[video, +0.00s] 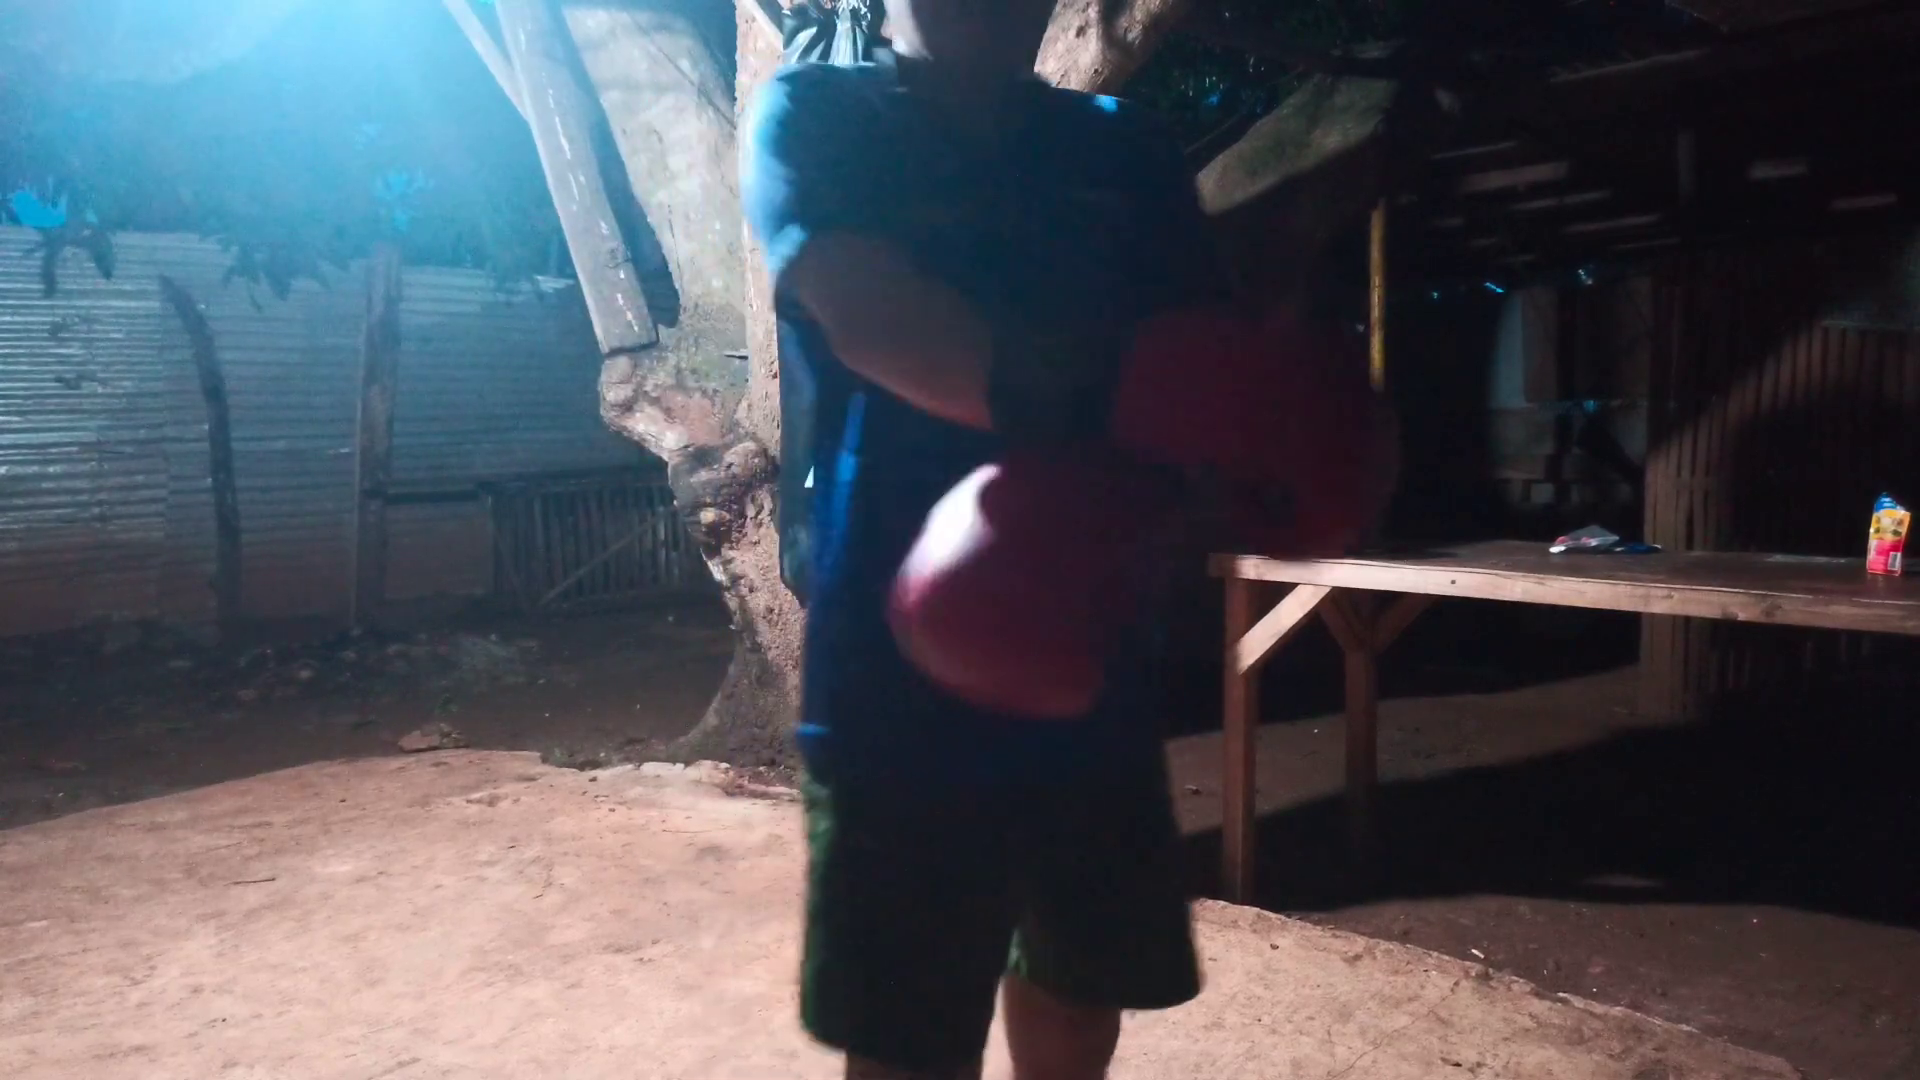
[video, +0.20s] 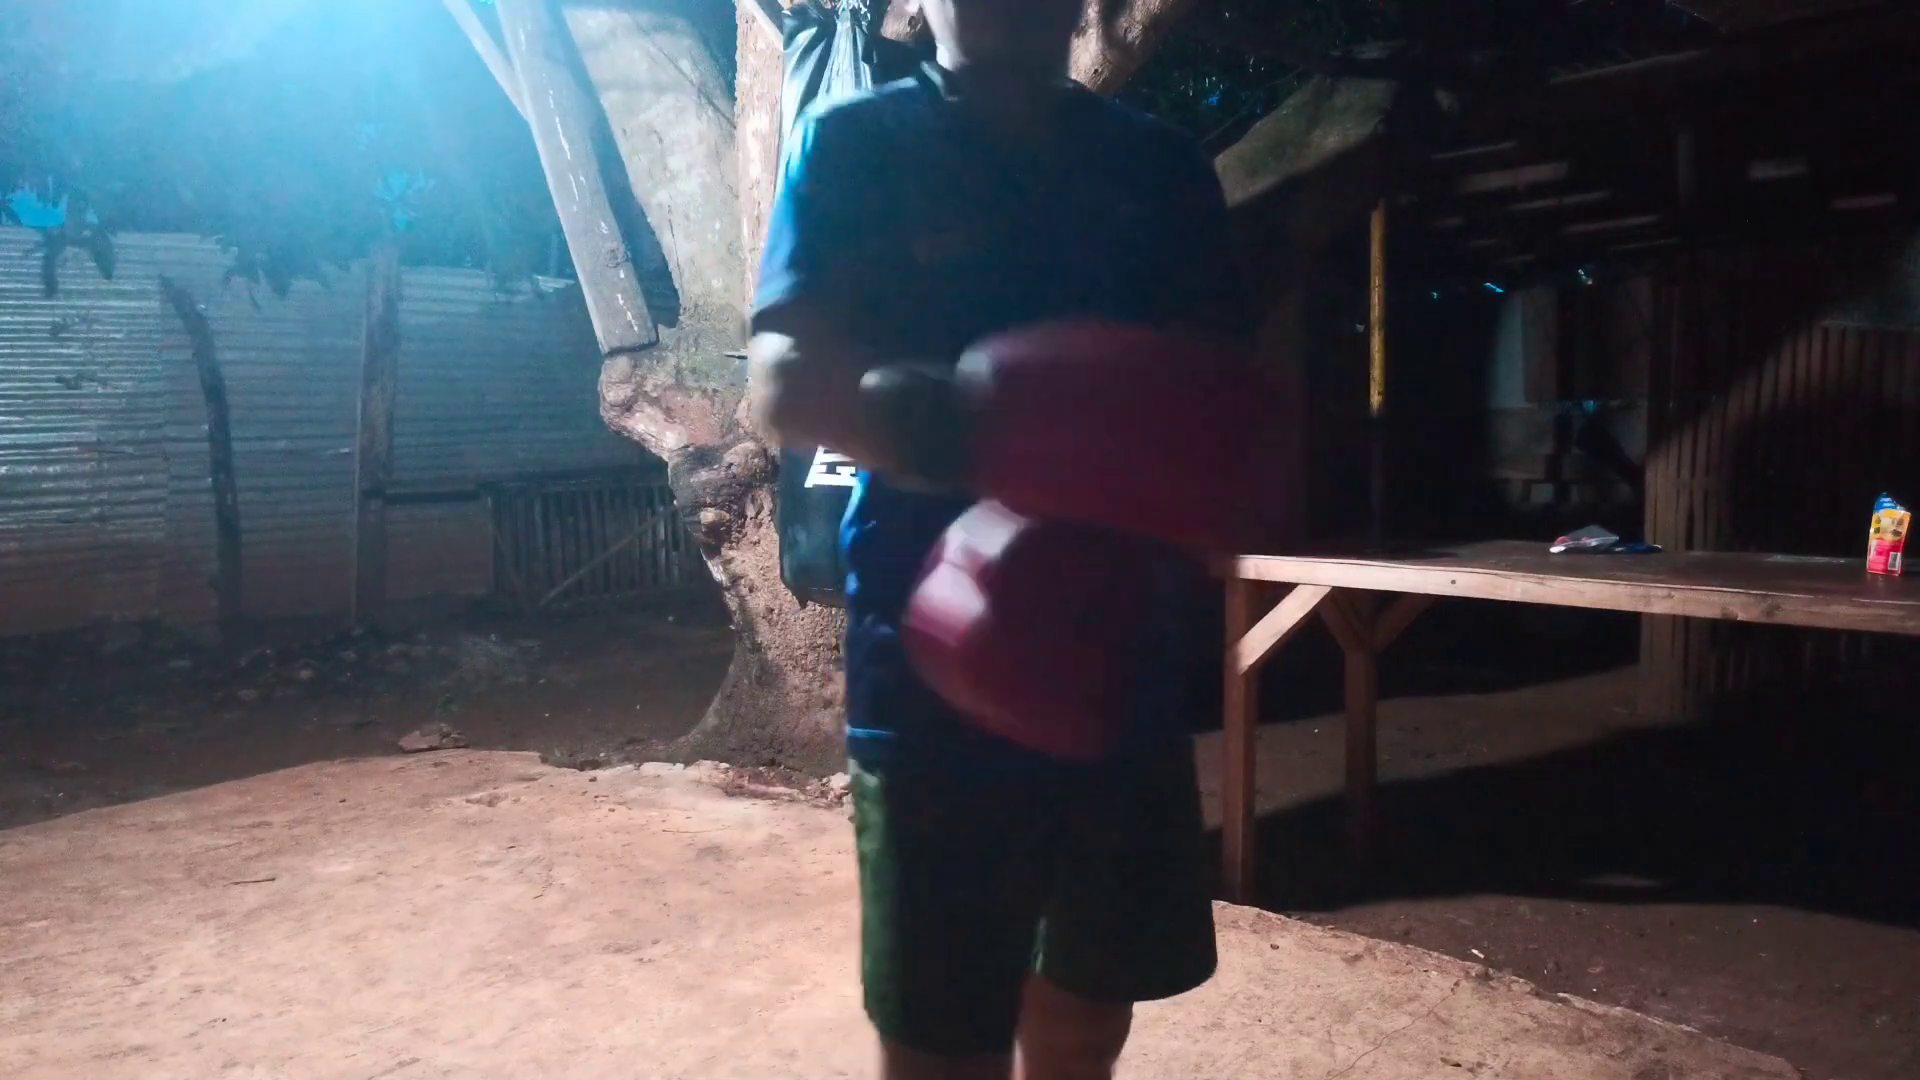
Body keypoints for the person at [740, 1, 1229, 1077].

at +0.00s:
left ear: (1054, 3)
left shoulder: (1128, 148)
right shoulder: (816, 106)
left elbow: (1209, 383)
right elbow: (865, 315)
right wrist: (1108, 400)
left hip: (1094, 660)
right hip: (892, 659)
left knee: (1079, 979)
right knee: (905, 1032)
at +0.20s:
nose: (1017, 4)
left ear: (1085, 7)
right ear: (926, 4)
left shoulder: (1160, 163)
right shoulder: (857, 143)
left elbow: (1217, 413)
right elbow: (788, 389)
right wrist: (1018, 426)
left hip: (1122, 652)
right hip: (926, 655)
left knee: (1089, 1005)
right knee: (941, 1036)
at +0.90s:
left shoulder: (1093, 151)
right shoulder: (761, 142)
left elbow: (1156, 407)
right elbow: (709, 423)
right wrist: (930, 484)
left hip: (1073, 688)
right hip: (859, 693)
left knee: (1066, 1041)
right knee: (887, 1056)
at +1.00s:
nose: (907, 2)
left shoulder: (1056, 148)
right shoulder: (728, 144)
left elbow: (1141, 401)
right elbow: (689, 441)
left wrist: (1087, 572)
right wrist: (905, 586)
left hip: (1040, 681)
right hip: (828, 693)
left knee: (1067, 1034)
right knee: (837, 1053)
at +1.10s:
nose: (894, 7)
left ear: (956, 3)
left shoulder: (1036, 152)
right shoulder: (688, 151)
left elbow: (1137, 404)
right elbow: (590, 425)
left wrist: (1158, 567)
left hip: (1007, 680)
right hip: (789, 695)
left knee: (1077, 1042)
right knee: (795, 1062)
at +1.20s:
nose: (882, 7)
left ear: (941, 3)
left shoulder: (1014, 145)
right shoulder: (671, 140)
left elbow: (1125, 381)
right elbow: (530, 384)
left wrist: (1230, 461)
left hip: (991, 685)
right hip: (779, 703)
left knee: (1087, 1049)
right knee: (771, 1065)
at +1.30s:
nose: (884, 11)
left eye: (908, 2)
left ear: (938, 11)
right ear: (770, 3)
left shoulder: (1008, 148)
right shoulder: (660, 139)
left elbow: (1147, 371)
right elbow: (467, 359)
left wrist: (1326, 357)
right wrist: (308, 391)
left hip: (992, 711)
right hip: (770, 729)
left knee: (1077, 1039)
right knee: (760, 1064)